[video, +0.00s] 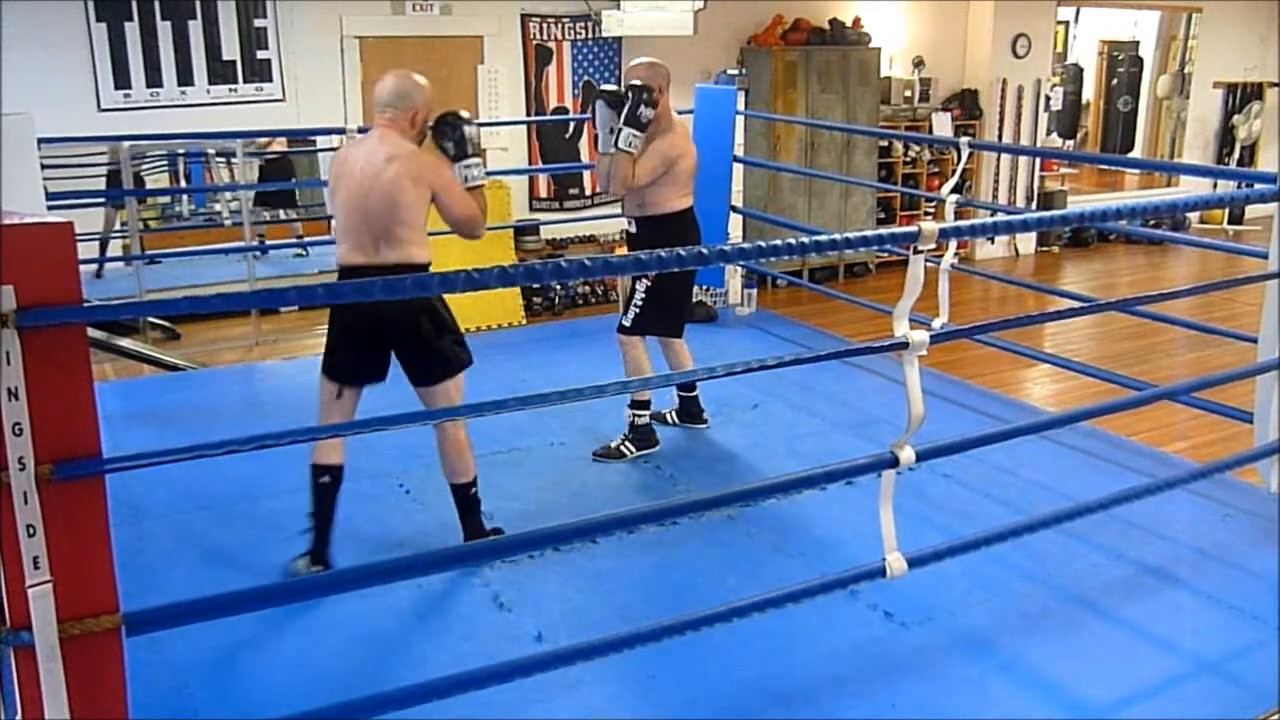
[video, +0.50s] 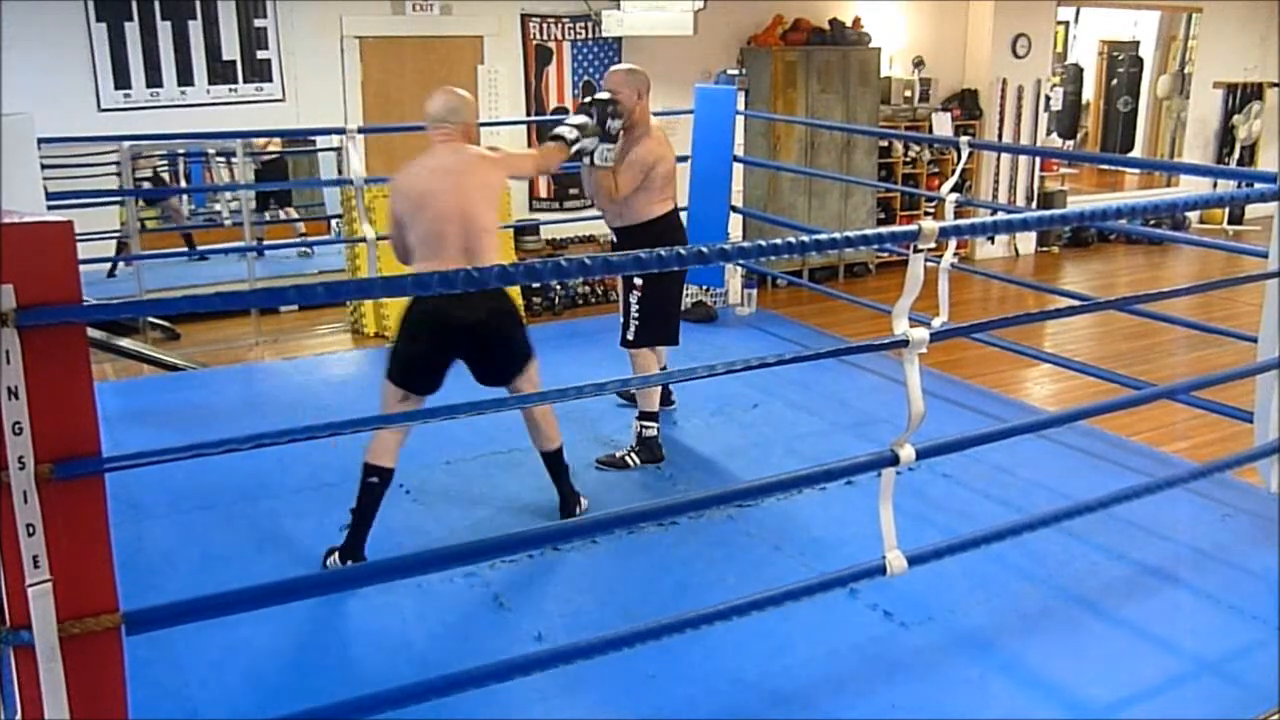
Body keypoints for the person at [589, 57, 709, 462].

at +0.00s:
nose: (632, 101)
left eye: (639, 93)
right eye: (629, 93)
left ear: (661, 94)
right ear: (630, 94)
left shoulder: (672, 140)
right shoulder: (643, 133)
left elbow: (624, 185)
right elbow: (605, 185)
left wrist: (630, 133)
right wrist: (604, 133)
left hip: (671, 237)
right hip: (648, 235)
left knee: (629, 333)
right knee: (667, 330)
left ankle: (640, 430)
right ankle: (690, 405)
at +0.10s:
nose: (627, 102)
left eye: (633, 94)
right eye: (625, 95)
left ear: (658, 93)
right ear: (641, 95)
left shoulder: (671, 141)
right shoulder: (644, 134)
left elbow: (627, 194)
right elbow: (608, 188)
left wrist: (622, 141)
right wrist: (603, 138)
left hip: (668, 239)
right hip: (648, 236)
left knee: (633, 337)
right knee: (666, 331)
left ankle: (644, 438)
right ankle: (690, 406)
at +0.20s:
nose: (621, 105)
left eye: (627, 97)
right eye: (618, 97)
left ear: (653, 96)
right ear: (642, 97)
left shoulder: (663, 144)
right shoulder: (638, 138)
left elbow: (623, 198)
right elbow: (604, 188)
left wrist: (614, 146)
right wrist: (601, 142)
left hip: (662, 243)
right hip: (645, 239)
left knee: (637, 346)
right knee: (661, 336)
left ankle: (647, 442)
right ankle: (688, 405)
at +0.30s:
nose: (616, 106)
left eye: (623, 99)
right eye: (612, 99)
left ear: (647, 98)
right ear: (614, 100)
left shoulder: (657, 145)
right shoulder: (634, 138)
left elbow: (611, 194)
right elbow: (607, 192)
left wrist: (604, 142)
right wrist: (592, 144)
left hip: (657, 243)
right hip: (646, 239)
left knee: (637, 347)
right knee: (657, 336)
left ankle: (648, 441)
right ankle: (684, 400)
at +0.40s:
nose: (613, 105)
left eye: (621, 98)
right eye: (610, 97)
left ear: (643, 98)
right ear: (613, 99)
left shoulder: (654, 143)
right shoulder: (627, 138)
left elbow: (602, 188)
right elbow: (601, 189)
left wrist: (606, 140)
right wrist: (588, 139)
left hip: (657, 242)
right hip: (639, 239)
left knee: (640, 344)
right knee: (651, 329)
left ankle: (647, 441)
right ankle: (672, 394)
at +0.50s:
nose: (607, 103)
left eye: (613, 96)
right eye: (606, 96)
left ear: (639, 98)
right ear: (628, 99)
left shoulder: (649, 145)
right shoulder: (624, 140)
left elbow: (609, 196)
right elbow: (593, 192)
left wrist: (592, 152)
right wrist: (586, 147)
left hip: (654, 243)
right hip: (636, 240)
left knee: (638, 344)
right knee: (645, 329)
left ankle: (647, 442)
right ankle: (659, 390)